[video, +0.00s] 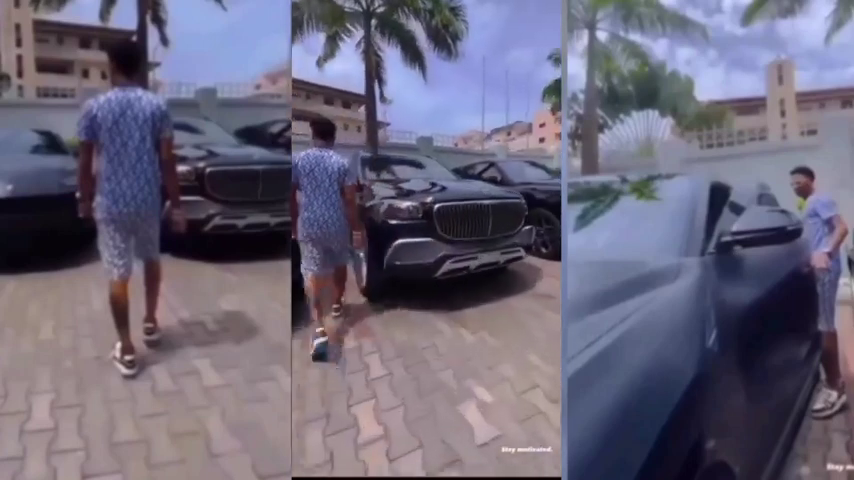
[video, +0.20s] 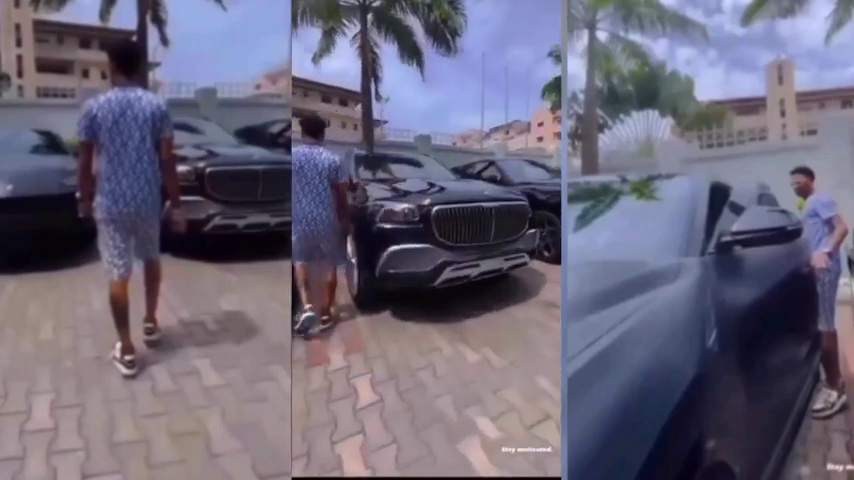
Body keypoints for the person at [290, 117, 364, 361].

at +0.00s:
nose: (320, 140)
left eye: (317, 135)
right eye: (329, 137)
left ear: (313, 136)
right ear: (333, 137)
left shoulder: (299, 160)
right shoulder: (341, 163)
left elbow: (293, 196)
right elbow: (349, 197)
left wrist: (294, 224)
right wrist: (356, 225)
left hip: (308, 223)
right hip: (336, 222)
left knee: (313, 274)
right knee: (339, 263)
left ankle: (318, 325)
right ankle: (337, 301)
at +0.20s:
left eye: (302, 132)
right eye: (321, 132)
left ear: (302, 132)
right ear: (323, 133)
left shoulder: (292, 157)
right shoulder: (331, 160)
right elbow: (340, 195)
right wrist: (345, 220)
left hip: (298, 218)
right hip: (326, 218)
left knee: (300, 262)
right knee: (329, 265)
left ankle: (307, 306)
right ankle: (326, 310)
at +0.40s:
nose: (300, 139)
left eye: (296, 134)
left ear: (295, 134)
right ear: (316, 135)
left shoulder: (287, 156)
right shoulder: (325, 160)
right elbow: (338, 190)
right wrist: (341, 213)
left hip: (297, 221)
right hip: (323, 222)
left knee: (301, 267)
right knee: (323, 270)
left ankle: (308, 299)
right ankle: (320, 322)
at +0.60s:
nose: (298, 140)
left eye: (295, 135)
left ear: (294, 136)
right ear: (315, 136)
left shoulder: (288, 160)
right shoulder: (324, 161)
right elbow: (335, 189)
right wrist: (336, 208)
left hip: (297, 221)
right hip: (322, 220)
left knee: (305, 263)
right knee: (327, 266)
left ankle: (316, 295)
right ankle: (323, 319)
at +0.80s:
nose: (314, 138)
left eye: (308, 134)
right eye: (321, 133)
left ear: (304, 135)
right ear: (323, 134)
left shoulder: (295, 158)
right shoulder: (332, 157)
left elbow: (292, 187)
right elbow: (344, 186)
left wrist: (297, 205)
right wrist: (343, 205)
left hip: (307, 213)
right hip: (332, 212)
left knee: (317, 259)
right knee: (343, 254)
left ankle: (327, 299)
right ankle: (339, 294)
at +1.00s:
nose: (333, 140)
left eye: (326, 136)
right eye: (337, 136)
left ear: (321, 137)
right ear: (341, 137)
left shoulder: (311, 160)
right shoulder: (349, 159)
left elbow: (310, 192)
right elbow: (358, 188)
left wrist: (315, 204)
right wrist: (359, 202)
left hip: (325, 214)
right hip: (348, 213)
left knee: (333, 259)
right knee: (356, 252)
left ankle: (342, 304)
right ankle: (357, 289)